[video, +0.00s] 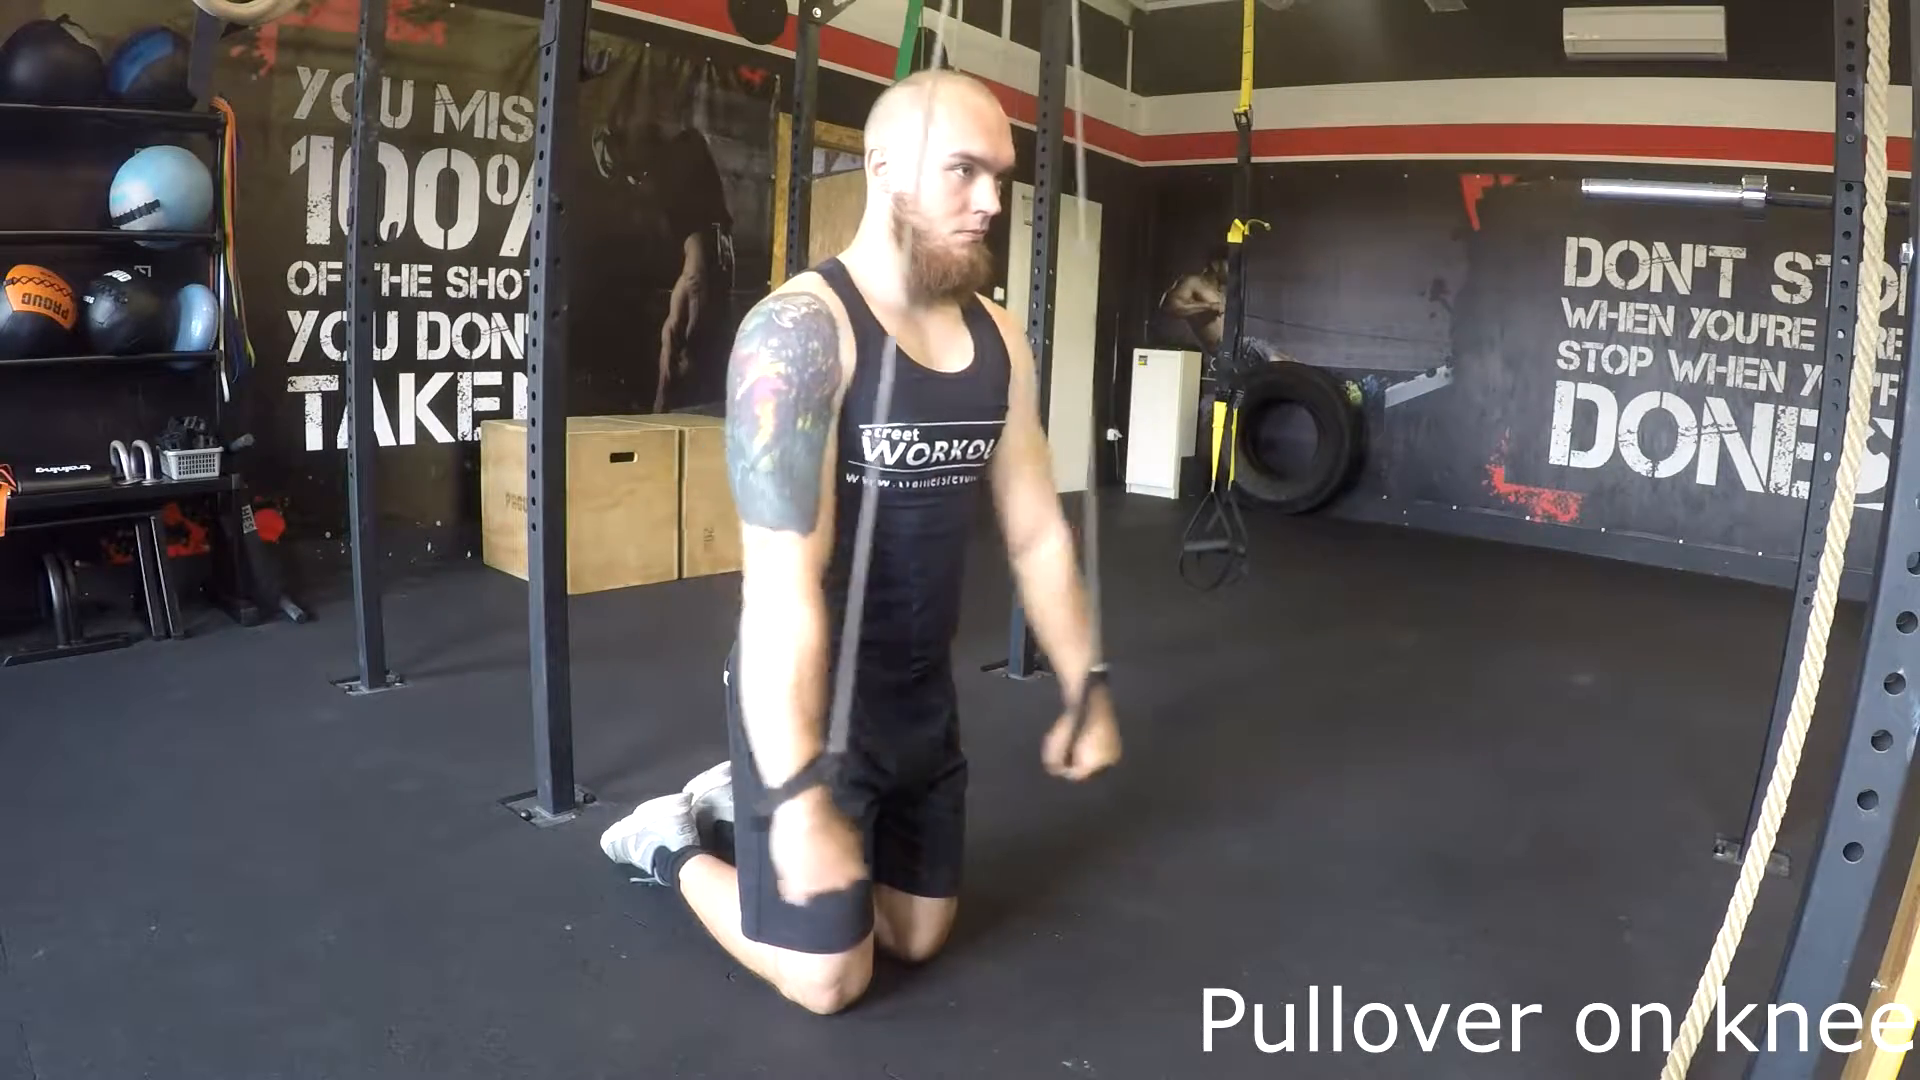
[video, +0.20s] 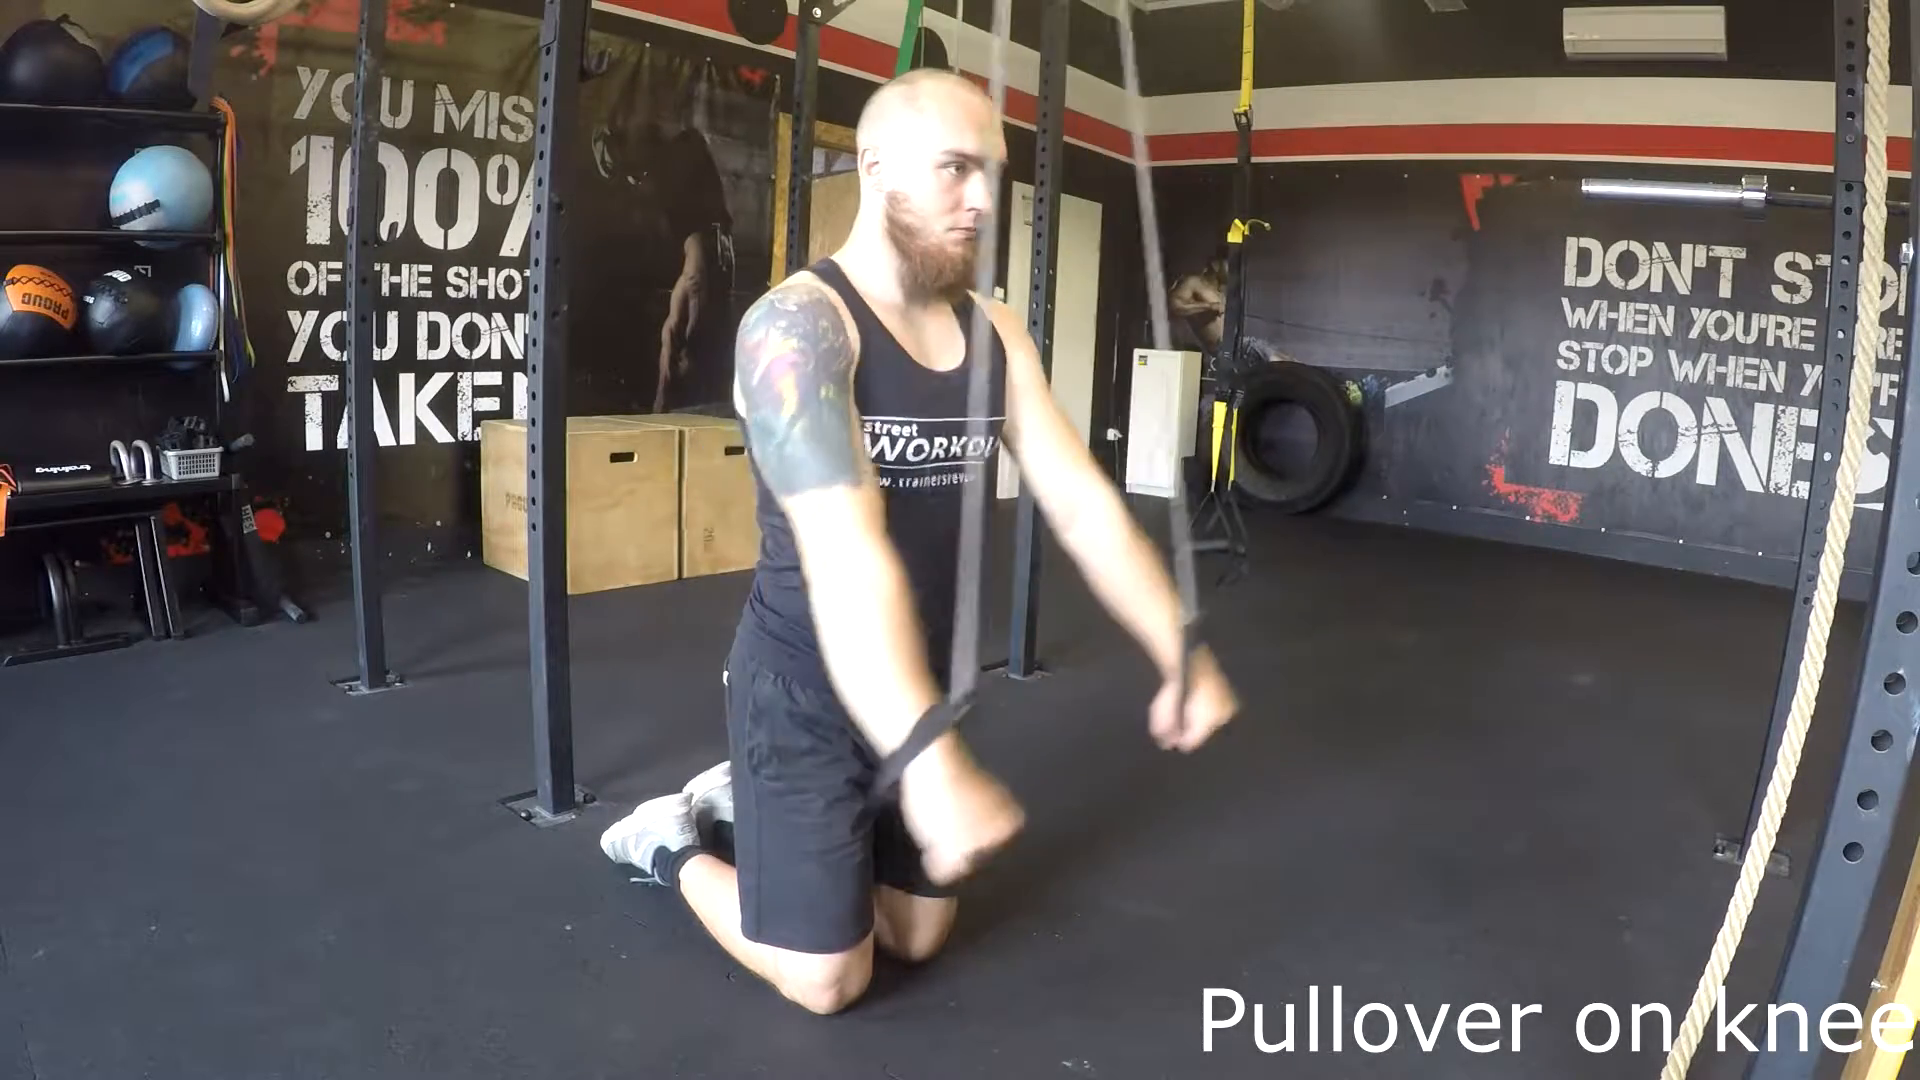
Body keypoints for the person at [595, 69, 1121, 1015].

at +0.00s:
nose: (990, 201)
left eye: (1002, 176)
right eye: (964, 169)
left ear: (1007, 186)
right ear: (886, 173)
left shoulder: (996, 337)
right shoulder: (796, 333)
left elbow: (1037, 530)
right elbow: (782, 583)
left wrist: (1084, 679)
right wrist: (801, 793)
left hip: (920, 693)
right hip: (810, 694)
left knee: (916, 932)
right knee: (825, 981)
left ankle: (731, 808)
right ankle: (673, 854)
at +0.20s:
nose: (980, 197)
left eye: (991, 172)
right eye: (953, 167)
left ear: (1000, 184)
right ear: (874, 172)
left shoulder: (992, 329)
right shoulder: (797, 327)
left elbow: (1074, 490)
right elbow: (847, 560)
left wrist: (1178, 647)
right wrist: (933, 759)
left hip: (926, 684)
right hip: (806, 691)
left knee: (916, 933)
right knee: (824, 979)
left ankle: (754, 805)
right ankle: (675, 850)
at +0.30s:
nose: (978, 200)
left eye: (989, 175)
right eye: (954, 168)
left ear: (993, 184)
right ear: (875, 170)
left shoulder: (991, 324)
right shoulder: (794, 317)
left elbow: (1100, 468)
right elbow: (881, 512)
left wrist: (1227, 598)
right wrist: (1000, 681)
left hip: (933, 684)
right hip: (805, 687)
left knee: (913, 934)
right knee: (824, 981)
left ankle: (746, 810)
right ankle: (676, 853)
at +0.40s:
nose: (975, 201)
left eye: (985, 178)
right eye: (950, 170)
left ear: (990, 187)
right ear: (870, 171)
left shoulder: (982, 317)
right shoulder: (790, 311)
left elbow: (1116, 426)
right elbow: (918, 462)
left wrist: (1269, 529)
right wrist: (1086, 580)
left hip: (918, 685)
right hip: (800, 687)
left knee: (914, 932)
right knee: (823, 978)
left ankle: (738, 817)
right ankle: (674, 855)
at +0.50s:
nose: (968, 205)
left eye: (981, 182)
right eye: (944, 174)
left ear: (987, 186)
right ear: (864, 166)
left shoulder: (981, 311)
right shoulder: (784, 305)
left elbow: (1121, 379)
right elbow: (934, 395)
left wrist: (1281, 456)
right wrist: (1128, 449)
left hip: (917, 685)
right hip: (799, 686)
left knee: (916, 932)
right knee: (824, 979)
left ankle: (745, 809)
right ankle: (676, 854)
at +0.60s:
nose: (966, 207)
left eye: (979, 185)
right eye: (943, 175)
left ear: (982, 192)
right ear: (861, 166)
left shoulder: (970, 309)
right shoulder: (780, 293)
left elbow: (1109, 356)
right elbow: (929, 332)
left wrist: (1281, 398)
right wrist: (1155, 332)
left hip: (916, 686)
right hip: (798, 686)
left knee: (916, 932)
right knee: (823, 981)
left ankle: (744, 806)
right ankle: (677, 854)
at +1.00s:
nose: (965, 211)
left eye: (980, 187)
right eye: (941, 180)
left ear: (987, 191)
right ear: (862, 173)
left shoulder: (977, 311)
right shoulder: (782, 303)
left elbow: (1111, 373)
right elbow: (939, 396)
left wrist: (1263, 437)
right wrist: (1138, 446)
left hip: (913, 685)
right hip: (795, 686)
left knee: (916, 932)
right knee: (822, 980)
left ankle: (746, 806)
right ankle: (677, 855)